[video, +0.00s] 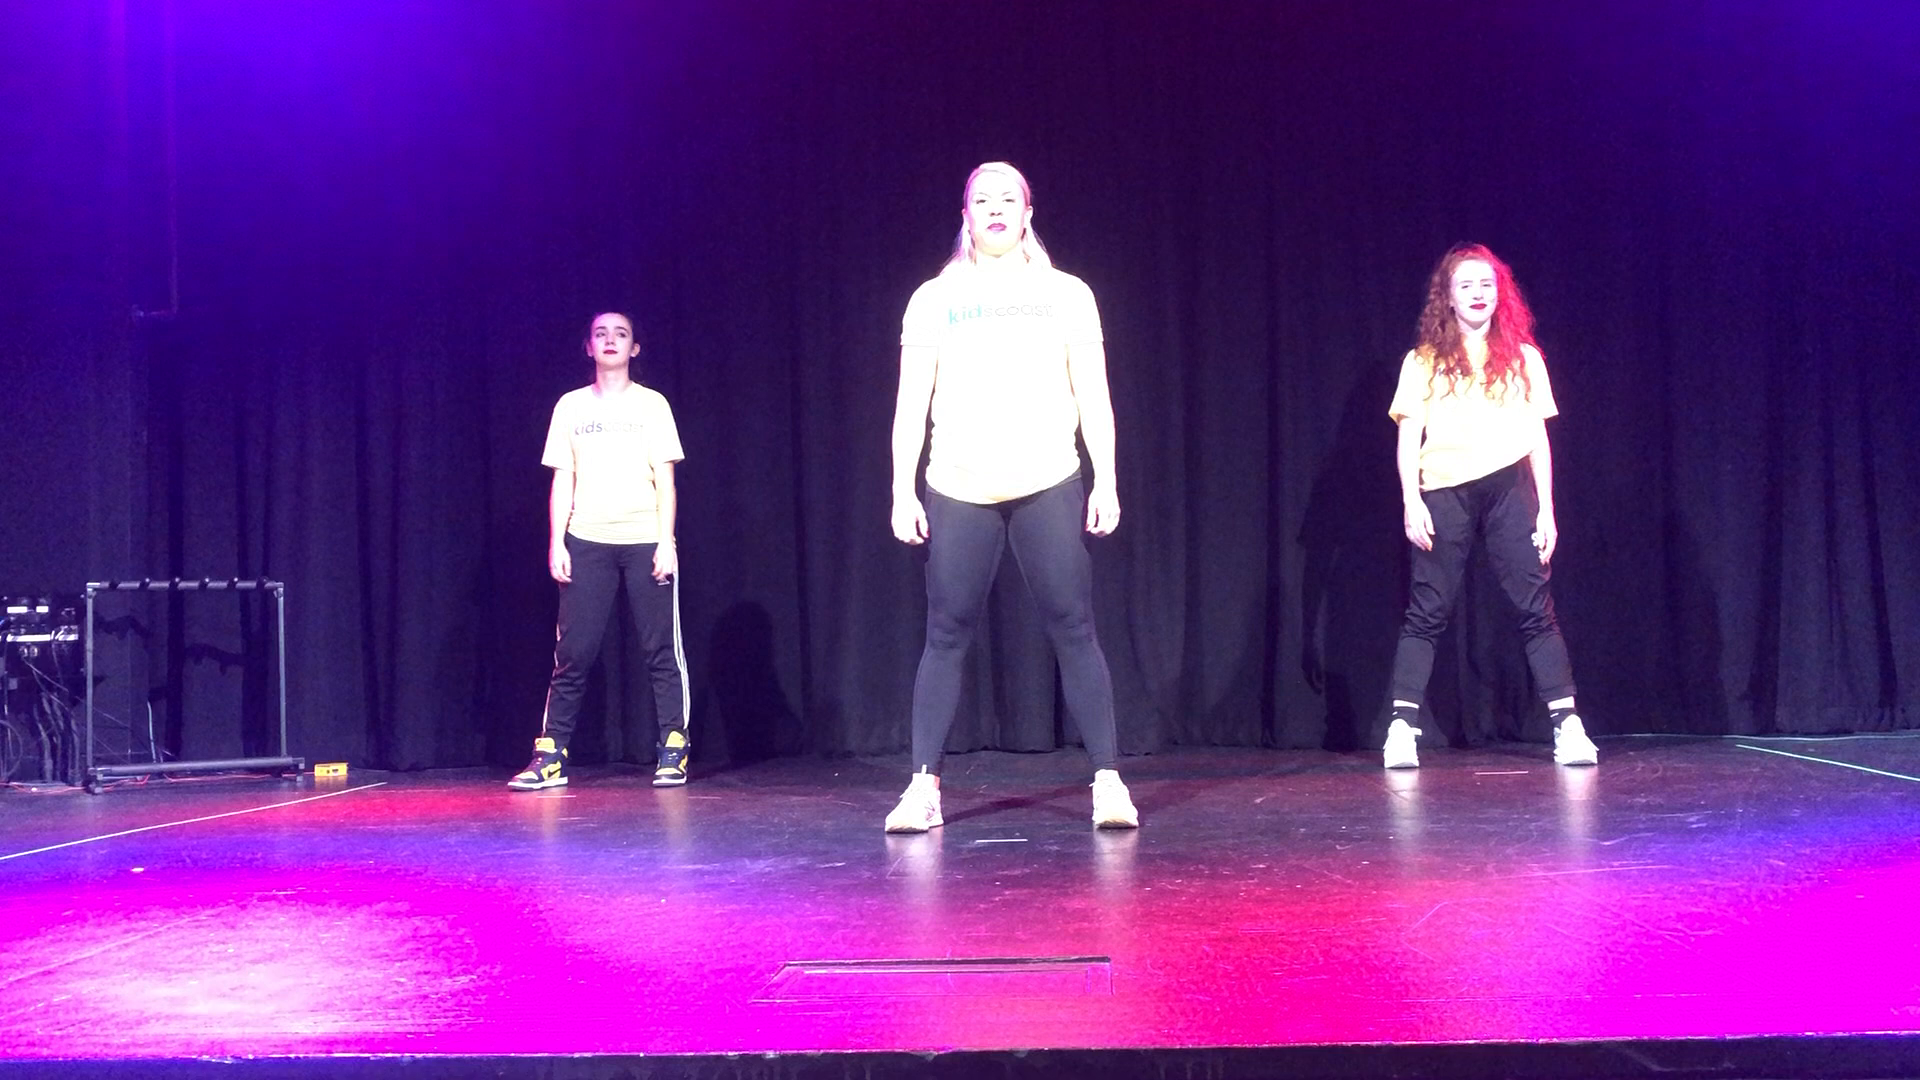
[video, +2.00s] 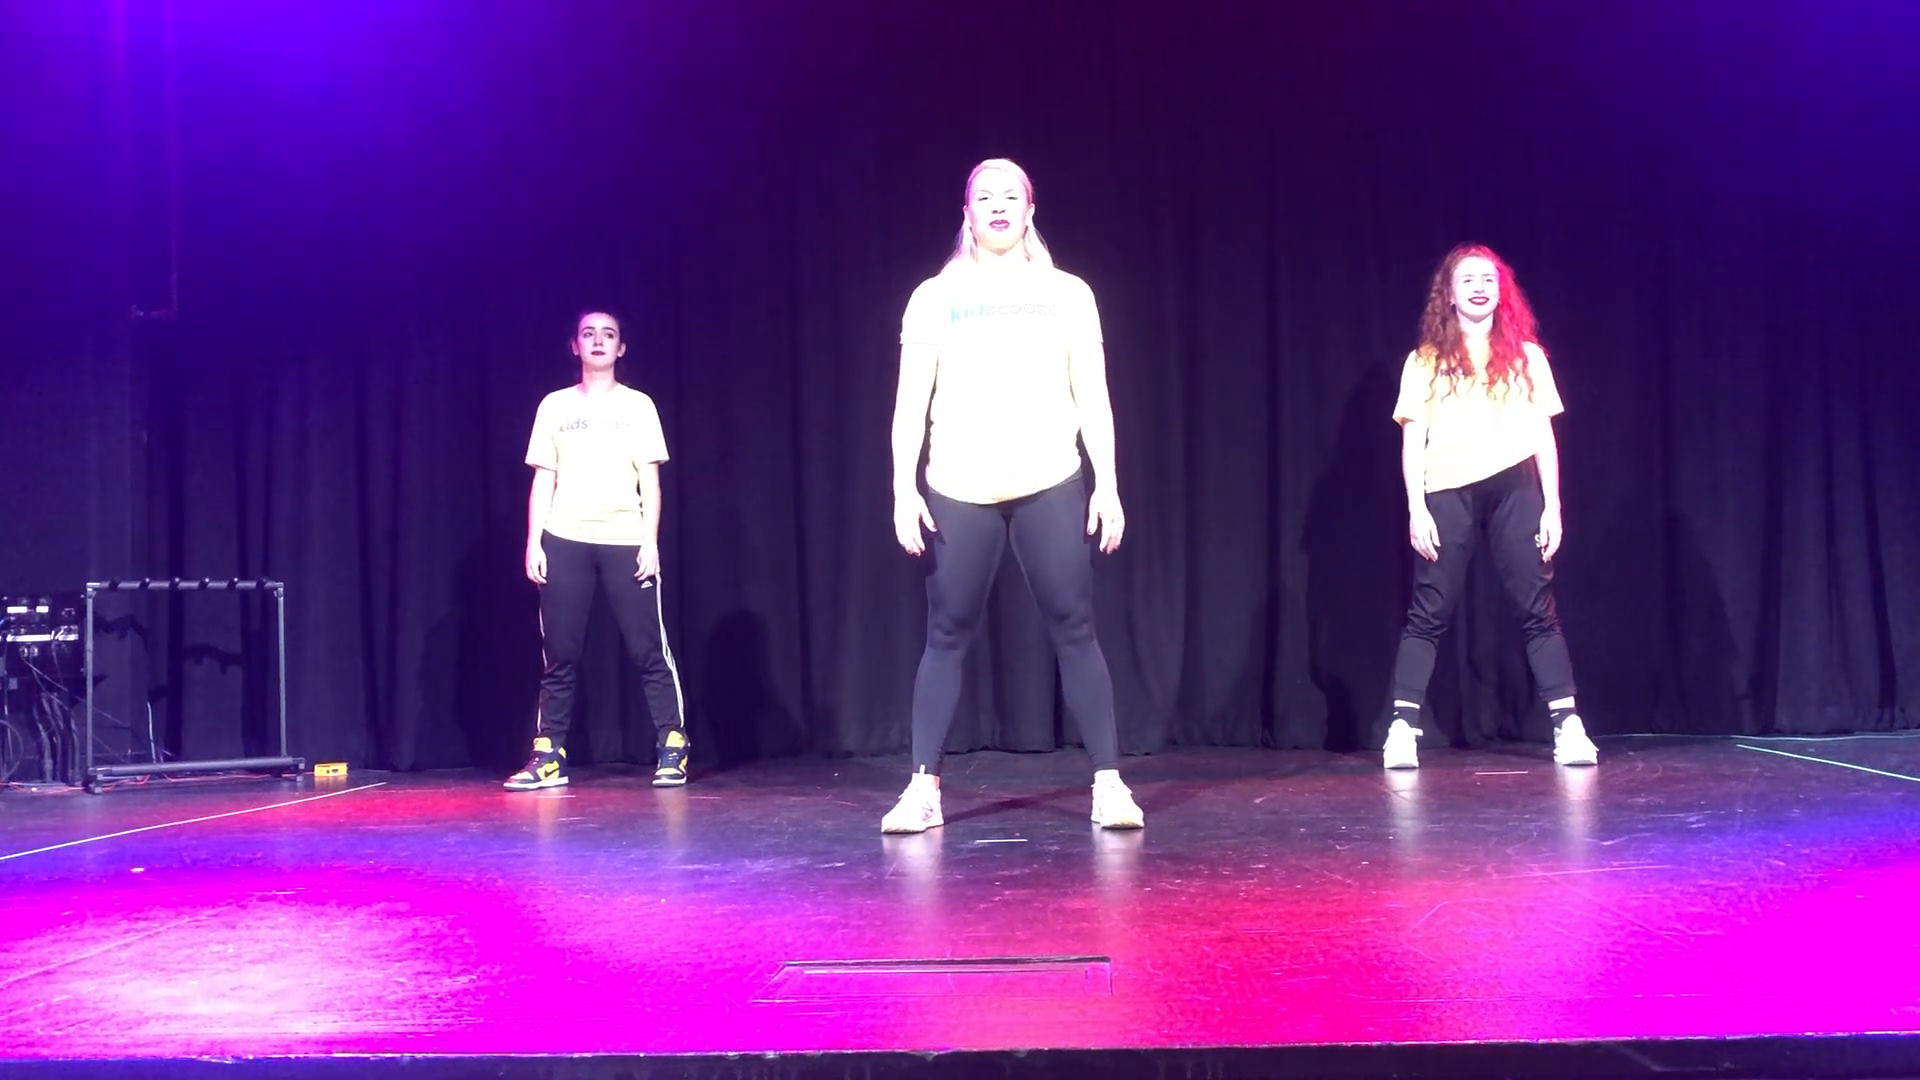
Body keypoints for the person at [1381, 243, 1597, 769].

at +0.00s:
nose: (1477, 294)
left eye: (1486, 284)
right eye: (1466, 285)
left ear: (1500, 293)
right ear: (1446, 294)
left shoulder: (1523, 355)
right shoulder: (1424, 360)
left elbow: (1538, 439)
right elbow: (1409, 437)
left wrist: (1545, 511)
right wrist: (1411, 499)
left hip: (1510, 489)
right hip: (1443, 493)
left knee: (1534, 605)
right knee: (1429, 609)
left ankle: (1566, 725)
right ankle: (1403, 726)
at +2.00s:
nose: (1478, 288)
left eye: (1487, 280)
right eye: (1468, 280)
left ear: (1502, 291)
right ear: (1448, 290)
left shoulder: (1527, 355)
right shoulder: (1426, 359)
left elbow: (1544, 435)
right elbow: (1413, 440)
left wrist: (1552, 506)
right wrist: (1417, 508)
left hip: (1514, 489)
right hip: (1446, 493)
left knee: (1536, 607)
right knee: (1430, 609)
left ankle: (1567, 725)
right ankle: (1404, 727)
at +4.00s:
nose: (1580, 322)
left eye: (1582, 315)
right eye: (1568, 313)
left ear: (1582, 326)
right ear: (1536, 321)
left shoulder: (1564, 384)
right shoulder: (1509, 373)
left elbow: (1610, 437)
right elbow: (1553, 423)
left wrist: (1601, 374)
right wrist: (1574, 362)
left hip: (1524, 523)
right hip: (1468, 522)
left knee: (1565, 612)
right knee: (1462, 634)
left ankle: (1572, 731)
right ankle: (1366, 722)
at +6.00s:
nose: (1390, 293)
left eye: (1399, 283)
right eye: (1381, 285)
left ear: (1421, 289)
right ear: (1367, 296)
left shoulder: (1450, 334)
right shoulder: (1363, 356)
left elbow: (1484, 394)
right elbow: (1342, 436)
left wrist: (1417, 358)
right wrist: (1363, 373)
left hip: (1473, 484)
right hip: (1408, 500)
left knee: (1520, 602)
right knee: (1402, 614)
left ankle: (1570, 718)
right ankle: (1388, 730)